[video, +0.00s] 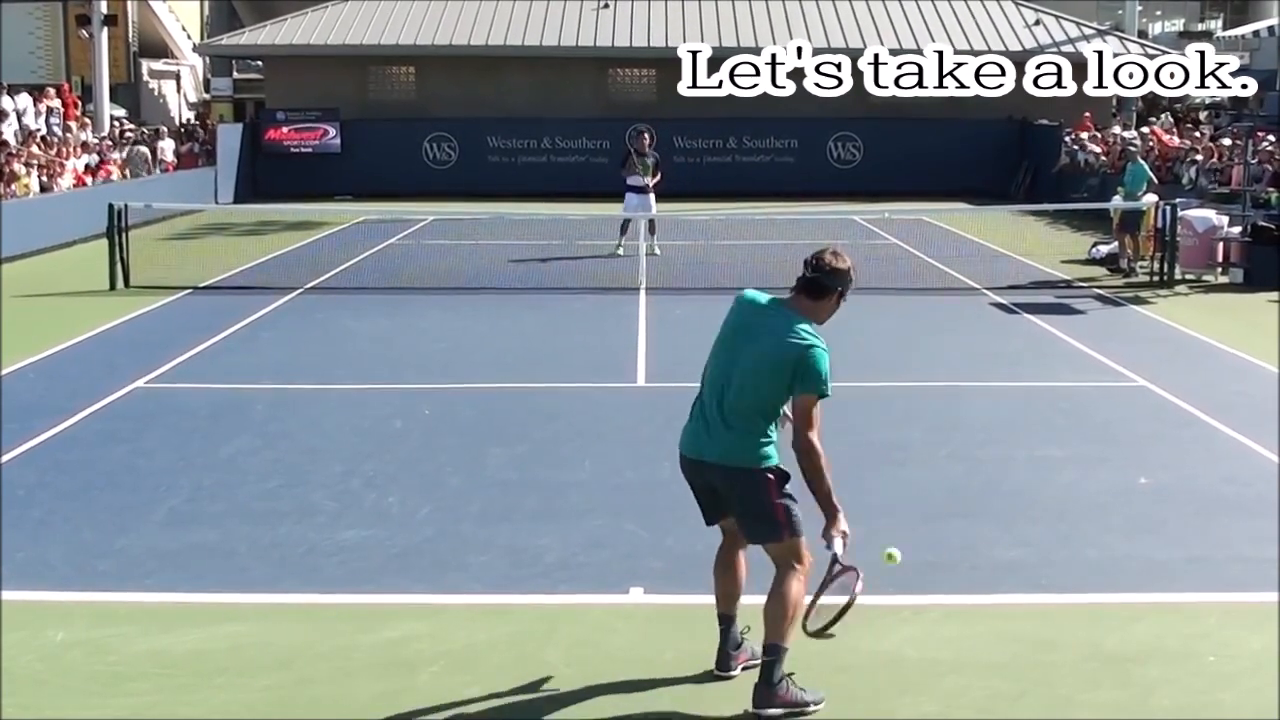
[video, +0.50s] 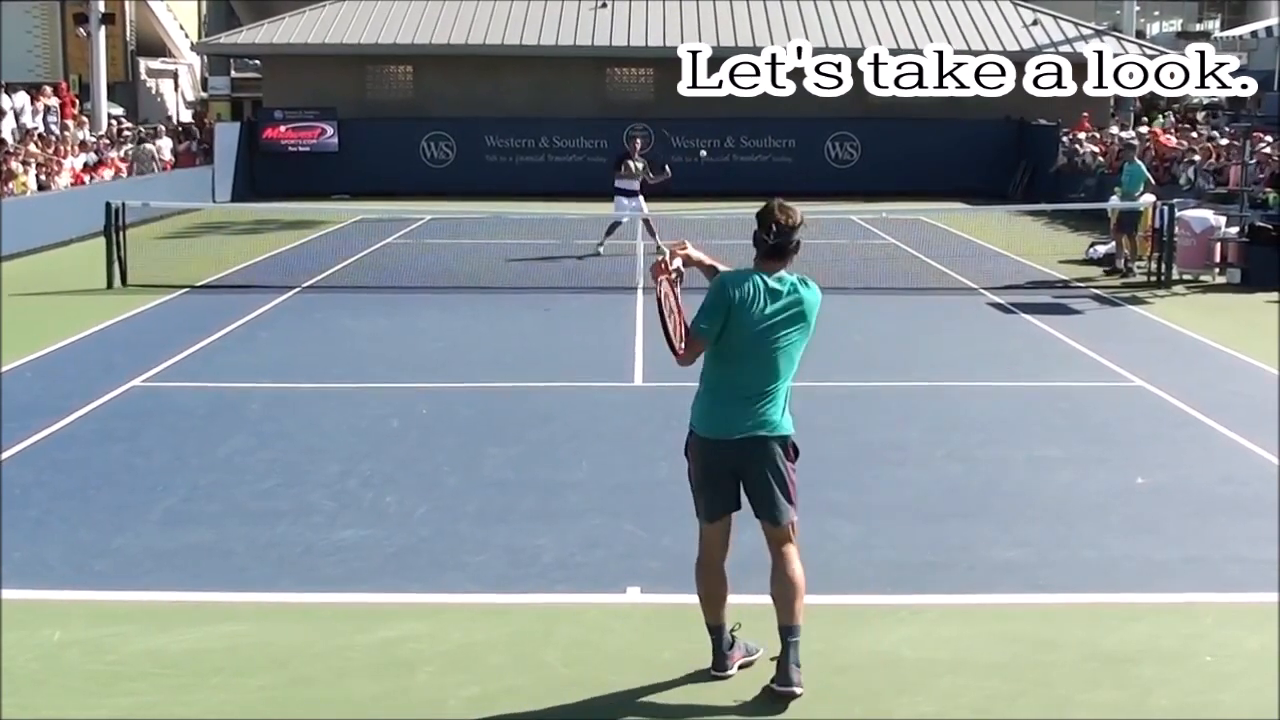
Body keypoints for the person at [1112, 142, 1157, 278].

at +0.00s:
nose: (1127, 154)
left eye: (1130, 151)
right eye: (1127, 151)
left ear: (1136, 152)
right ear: (1127, 153)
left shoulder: (1142, 165)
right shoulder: (1129, 165)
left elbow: (1154, 182)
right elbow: (1128, 183)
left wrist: (1142, 195)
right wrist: (1123, 191)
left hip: (1137, 204)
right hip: (1126, 203)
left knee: (1134, 235)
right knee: (1120, 234)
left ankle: (1134, 266)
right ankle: (1124, 264)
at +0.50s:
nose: (1124, 154)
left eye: (1127, 151)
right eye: (1124, 151)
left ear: (1133, 152)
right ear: (1125, 152)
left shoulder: (1139, 166)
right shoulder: (1126, 166)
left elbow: (1151, 183)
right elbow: (1124, 183)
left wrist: (1139, 194)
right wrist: (1119, 190)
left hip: (1134, 205)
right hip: (1123, 204)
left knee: (1131, 235)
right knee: (1117, 234)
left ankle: (1132, 266)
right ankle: (1118, 264)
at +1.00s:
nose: (1122, 153)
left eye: (1125, 150)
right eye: (1122, 150)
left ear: (1132, 151)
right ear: (1123, 151)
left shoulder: (1138, 165)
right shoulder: (1126, 165)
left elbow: (1148, 181)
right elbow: (1125, 181)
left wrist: (1137, 193)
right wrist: (1119, 189)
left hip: (1134, 205)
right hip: (1123, 203)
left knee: (1131, 234)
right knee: (1117, 232)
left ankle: (1132, 265)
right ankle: (1118, 263)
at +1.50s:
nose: (1122, 148)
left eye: (1125, 146)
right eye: (1122, 146)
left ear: (1132, 147)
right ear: (1123, 147)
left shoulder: (1138, 160)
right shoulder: (1125, 160)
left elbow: (1150, 177)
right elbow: (1127, 178)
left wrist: (1137, 189)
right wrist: (1120, 186)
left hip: (1133, 200)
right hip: (1123, 198)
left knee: (1130, 230)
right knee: (1116, 228)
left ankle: (1130, 260)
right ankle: (1117, 259)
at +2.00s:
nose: (1125, 148)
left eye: (1128, 145)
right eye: (1124, 145)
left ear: (1134, 145)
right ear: (1123, 146)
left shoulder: (1139, 159)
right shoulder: (1125, 159)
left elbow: (1151, 176)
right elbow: (1125, 176)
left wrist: (1138, 188)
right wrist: (1121, 186)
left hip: (1134, 199)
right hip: (1123, 197)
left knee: (1130, 229)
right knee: (1115, 227)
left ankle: (1130, 259)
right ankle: (1116, 258)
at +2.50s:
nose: (1131, 136)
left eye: (1133, 133)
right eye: (1130, 133)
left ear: (1140, 133)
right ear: (1129, 135)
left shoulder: (1144, 147)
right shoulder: (1133, 147)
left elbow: (1157, 164)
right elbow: (1133, 165)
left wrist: (1145, 176)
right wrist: (1127, 172)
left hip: (1140, 187)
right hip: (1130, 186)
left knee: (1137, 218)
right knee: (1122, 215)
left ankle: (1136, 248)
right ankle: (1124, 246)